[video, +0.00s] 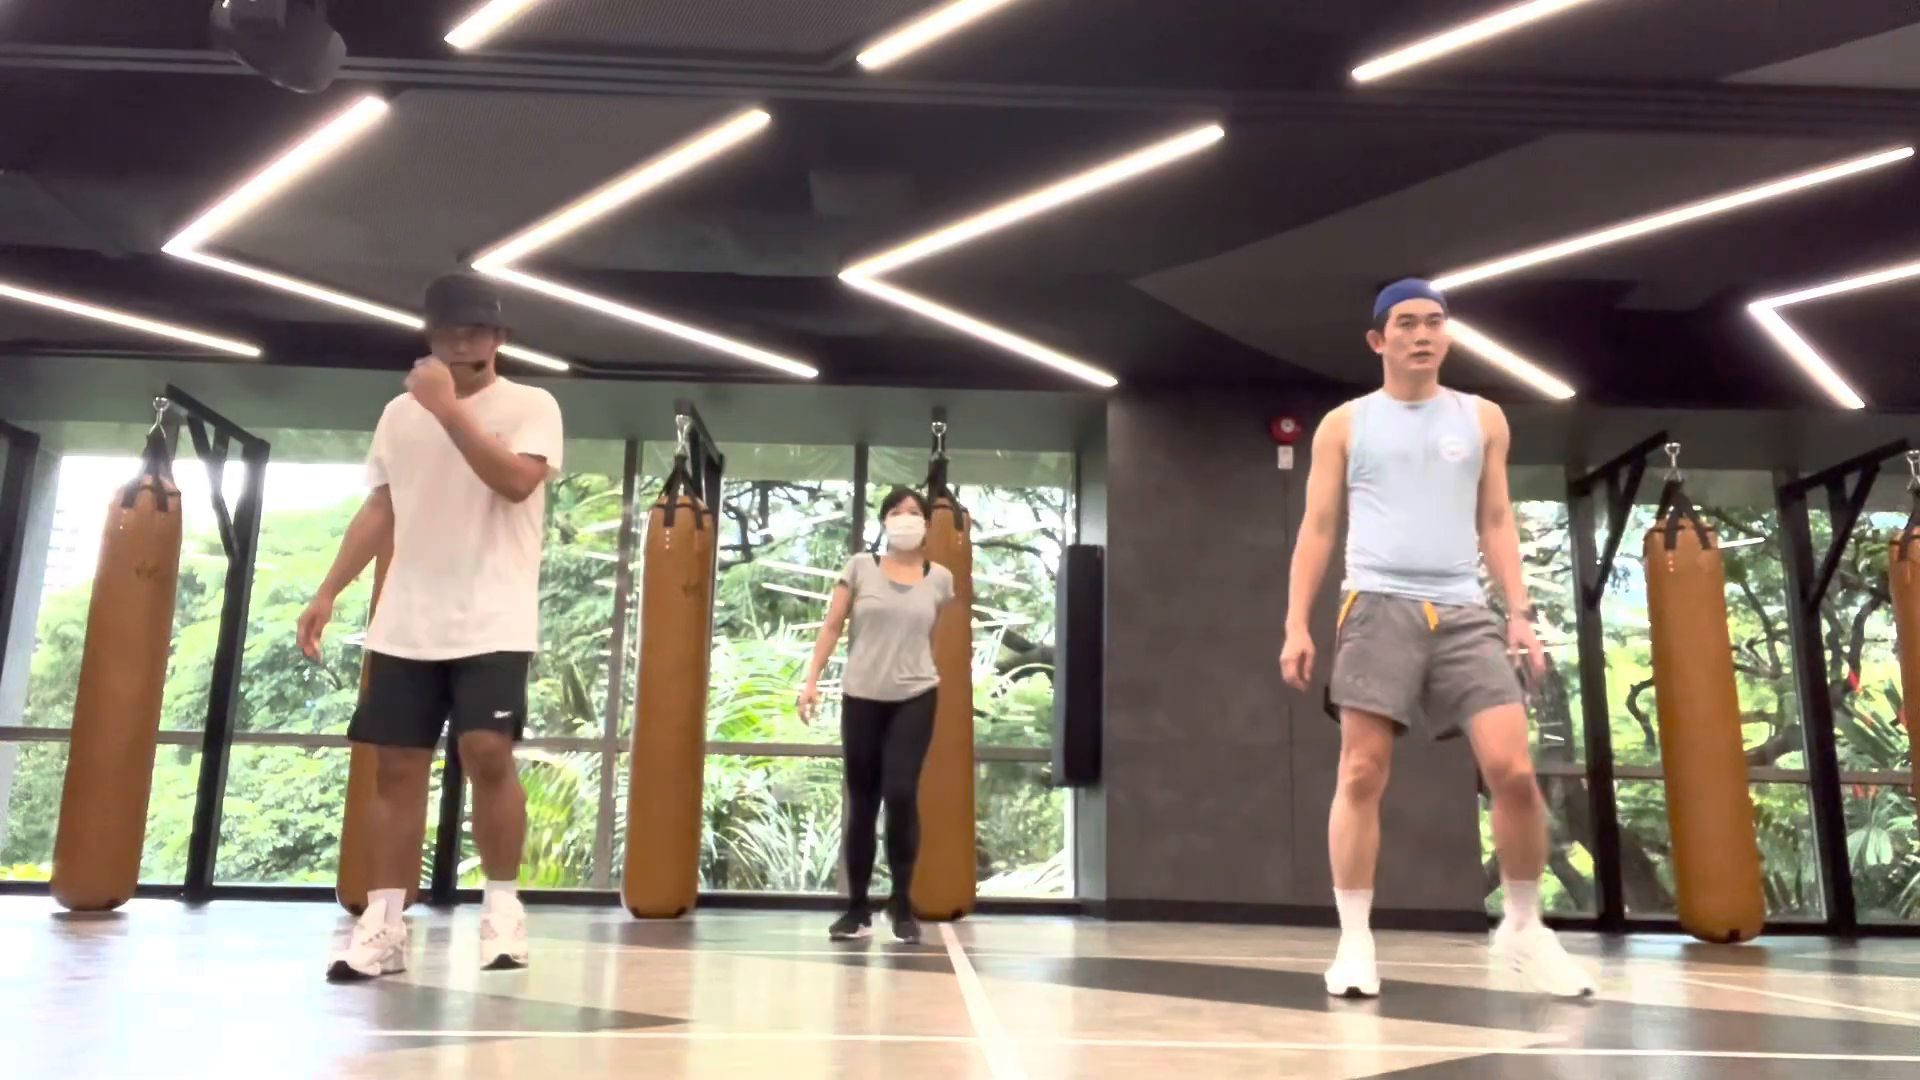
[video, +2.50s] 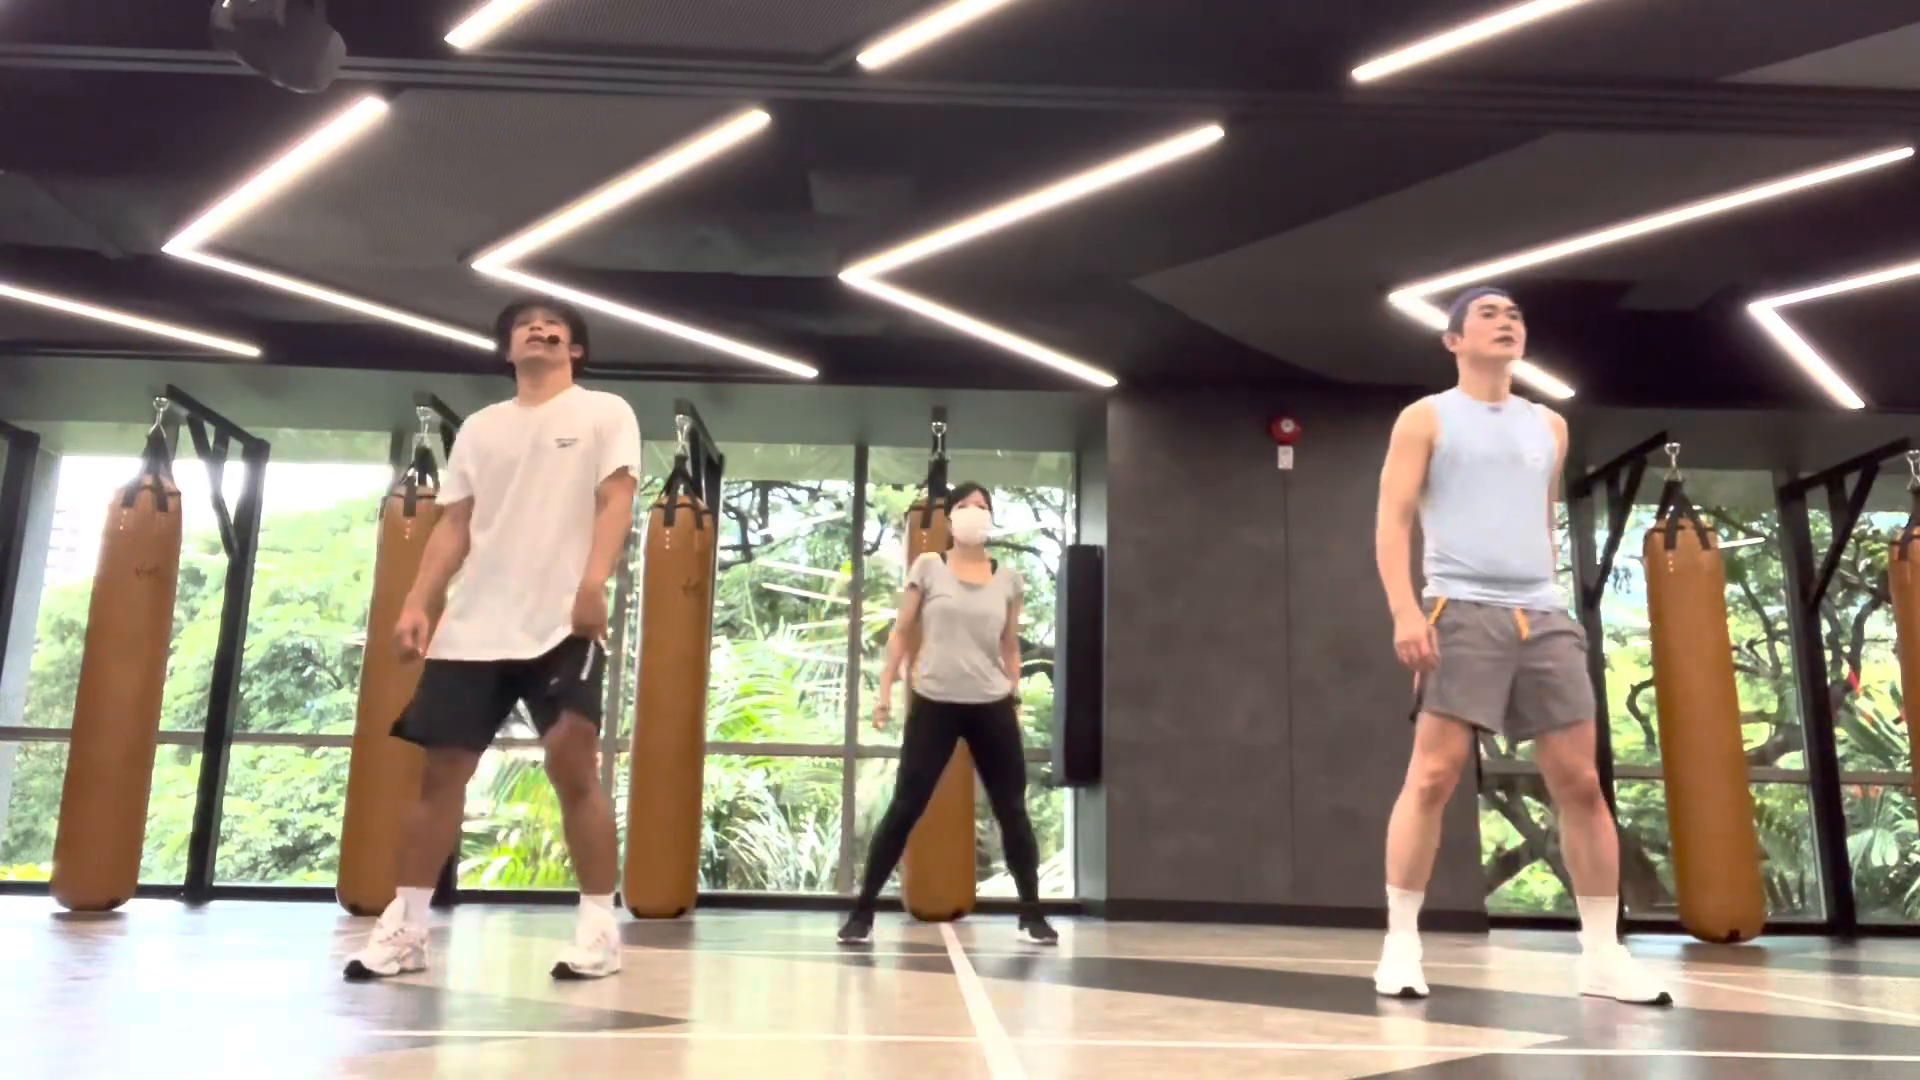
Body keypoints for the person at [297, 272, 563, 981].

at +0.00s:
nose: (472, 347)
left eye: (482, 333)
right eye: (457, 334)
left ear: (500, 335)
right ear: (431, 336)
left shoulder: (532, 406)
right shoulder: (401, 412)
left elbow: (519, 480)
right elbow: (379, 512)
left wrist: (449, 406)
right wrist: (326, 593)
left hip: (494, 621)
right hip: (406, 620)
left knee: (487, 754)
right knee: (397, 766)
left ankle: (501, 911)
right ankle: (385, 924)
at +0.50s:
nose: (491, 350)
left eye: (504, 336)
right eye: (478, 337)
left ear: (527, 342)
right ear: (458, 342)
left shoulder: (563, 416)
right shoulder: (429, 421)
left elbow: (592, 510)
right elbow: (401, 514)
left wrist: (603, 596)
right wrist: (377, 588)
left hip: (516, 631)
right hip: (424, 629)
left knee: (533, 772)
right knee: (411, 772)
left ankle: (576, 925)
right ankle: (385, 931)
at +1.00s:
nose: (591, 323)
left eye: (606, 321)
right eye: (580, 316)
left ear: (626, 349)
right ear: (557, 341)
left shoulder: (646, 422)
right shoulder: (515, 408)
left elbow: (658, 517)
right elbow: (489, 502)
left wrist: (651, 610)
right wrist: (454, 579)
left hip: (594, 625)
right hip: (505, 617)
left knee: (582, 770)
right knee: (486, 752)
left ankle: (582, 928)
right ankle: (519, 914)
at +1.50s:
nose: (543, 332)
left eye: (559, 328)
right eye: (532, 325)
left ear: (582, 355)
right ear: (514, 345)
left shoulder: (600, 416)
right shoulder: (478, 413)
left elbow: (615, 511)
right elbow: (451, 506)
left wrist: (610, 601)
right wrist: (411, 585)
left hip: (555, 626)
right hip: (469, 621)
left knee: (564, 772)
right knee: (435, 770)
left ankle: (581, 929)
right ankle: (405, 928)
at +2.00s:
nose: (460, 327)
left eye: (475, 320)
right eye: (447, 322)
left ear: (502, 341)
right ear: (432, 345)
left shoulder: (539, 405)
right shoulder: (407, 426)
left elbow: (562, 495)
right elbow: (379, 523)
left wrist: (554, 569)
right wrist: (338, 604)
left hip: (499, 616)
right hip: (412, 621)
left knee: (473, 746)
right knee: (410, 769)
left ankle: (455, 922)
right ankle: (400, 925)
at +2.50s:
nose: (538, 334)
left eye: (553, 330)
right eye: (525, 328)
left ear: (574, 355)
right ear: (505, 351)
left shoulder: (605, 412)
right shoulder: (479, 426)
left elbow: (616, 502)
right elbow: (452, 527)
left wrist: (593, 584)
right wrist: (418, 600)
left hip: (562, 626)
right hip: (473, 628)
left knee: (574, 769)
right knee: (441, 773)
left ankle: (598, 933)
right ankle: (406, 929)